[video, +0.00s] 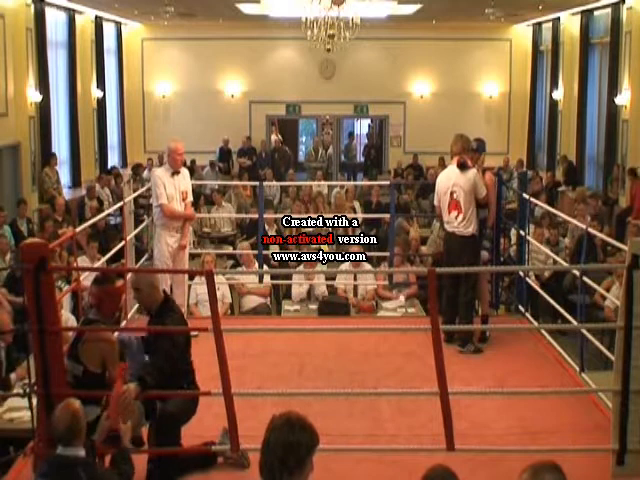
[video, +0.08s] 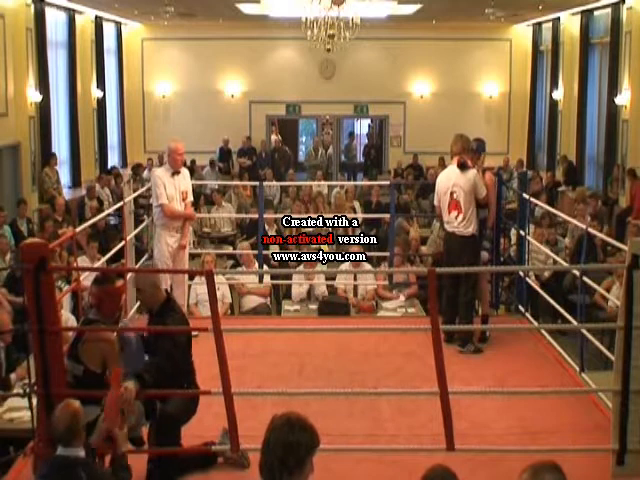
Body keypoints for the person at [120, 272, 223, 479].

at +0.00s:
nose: (135, 297)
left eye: (138, 291)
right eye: (134, 291)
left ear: (154, 290)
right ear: (154, 291)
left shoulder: (171, 322)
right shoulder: (158, 315)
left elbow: (165, 364)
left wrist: (140, 384)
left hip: (181, 391)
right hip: (162, 388)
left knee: (165, 415)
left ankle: (216, 451)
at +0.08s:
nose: (138, 298)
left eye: (140, 292)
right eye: (137, 292)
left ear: (154, 290)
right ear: (154, 290)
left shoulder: (173, 321)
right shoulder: (156, 314)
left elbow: (165, 362)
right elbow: (152, 350)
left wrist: (138, 381)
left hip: (181, 392)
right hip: (164, 390)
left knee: (166, 417)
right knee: (164, 465)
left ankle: (217, 451)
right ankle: (217, 449)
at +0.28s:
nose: (141, 295)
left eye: (145, 289)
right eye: (140, 289)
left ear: (162, 287)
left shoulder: (178, 318)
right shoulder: (154, 314)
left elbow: (176, 365)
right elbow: (150, 352)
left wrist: (144, 375)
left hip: (182, 393)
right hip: (160, 391)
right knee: (164, 466)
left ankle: (216, 451)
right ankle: (216, 450)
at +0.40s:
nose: (142, 294)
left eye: (146, 288)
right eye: (141, 288)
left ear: (163, 286)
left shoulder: (180, 319)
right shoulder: (154, 315)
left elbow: (179, 365)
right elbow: (147, 351)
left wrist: (148, 378)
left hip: (182, 392)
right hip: (161, 391)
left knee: (159, 467)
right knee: (163, 466)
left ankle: (216, 451)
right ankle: (215, 450)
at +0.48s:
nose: (143, 294)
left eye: (147, 288)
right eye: (142, 288)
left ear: (164, 286)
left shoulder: (181, 320)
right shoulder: (154, 315)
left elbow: (178, 367)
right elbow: (142, 350)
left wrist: (148, 382)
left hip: (182, 392)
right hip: (160, 391)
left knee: (159, 467)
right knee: (163, 465)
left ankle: (216, 451)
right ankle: (215, 450)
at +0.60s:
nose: (143, 294)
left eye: (147, 288)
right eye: (142, 288)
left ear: (163, 287)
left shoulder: (182, 320)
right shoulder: (152, 314)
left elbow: (178, 367)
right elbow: (136, 347)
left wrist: (148, 376)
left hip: (183, 392)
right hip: (158, 390)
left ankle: (215, 451)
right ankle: (215, 451)